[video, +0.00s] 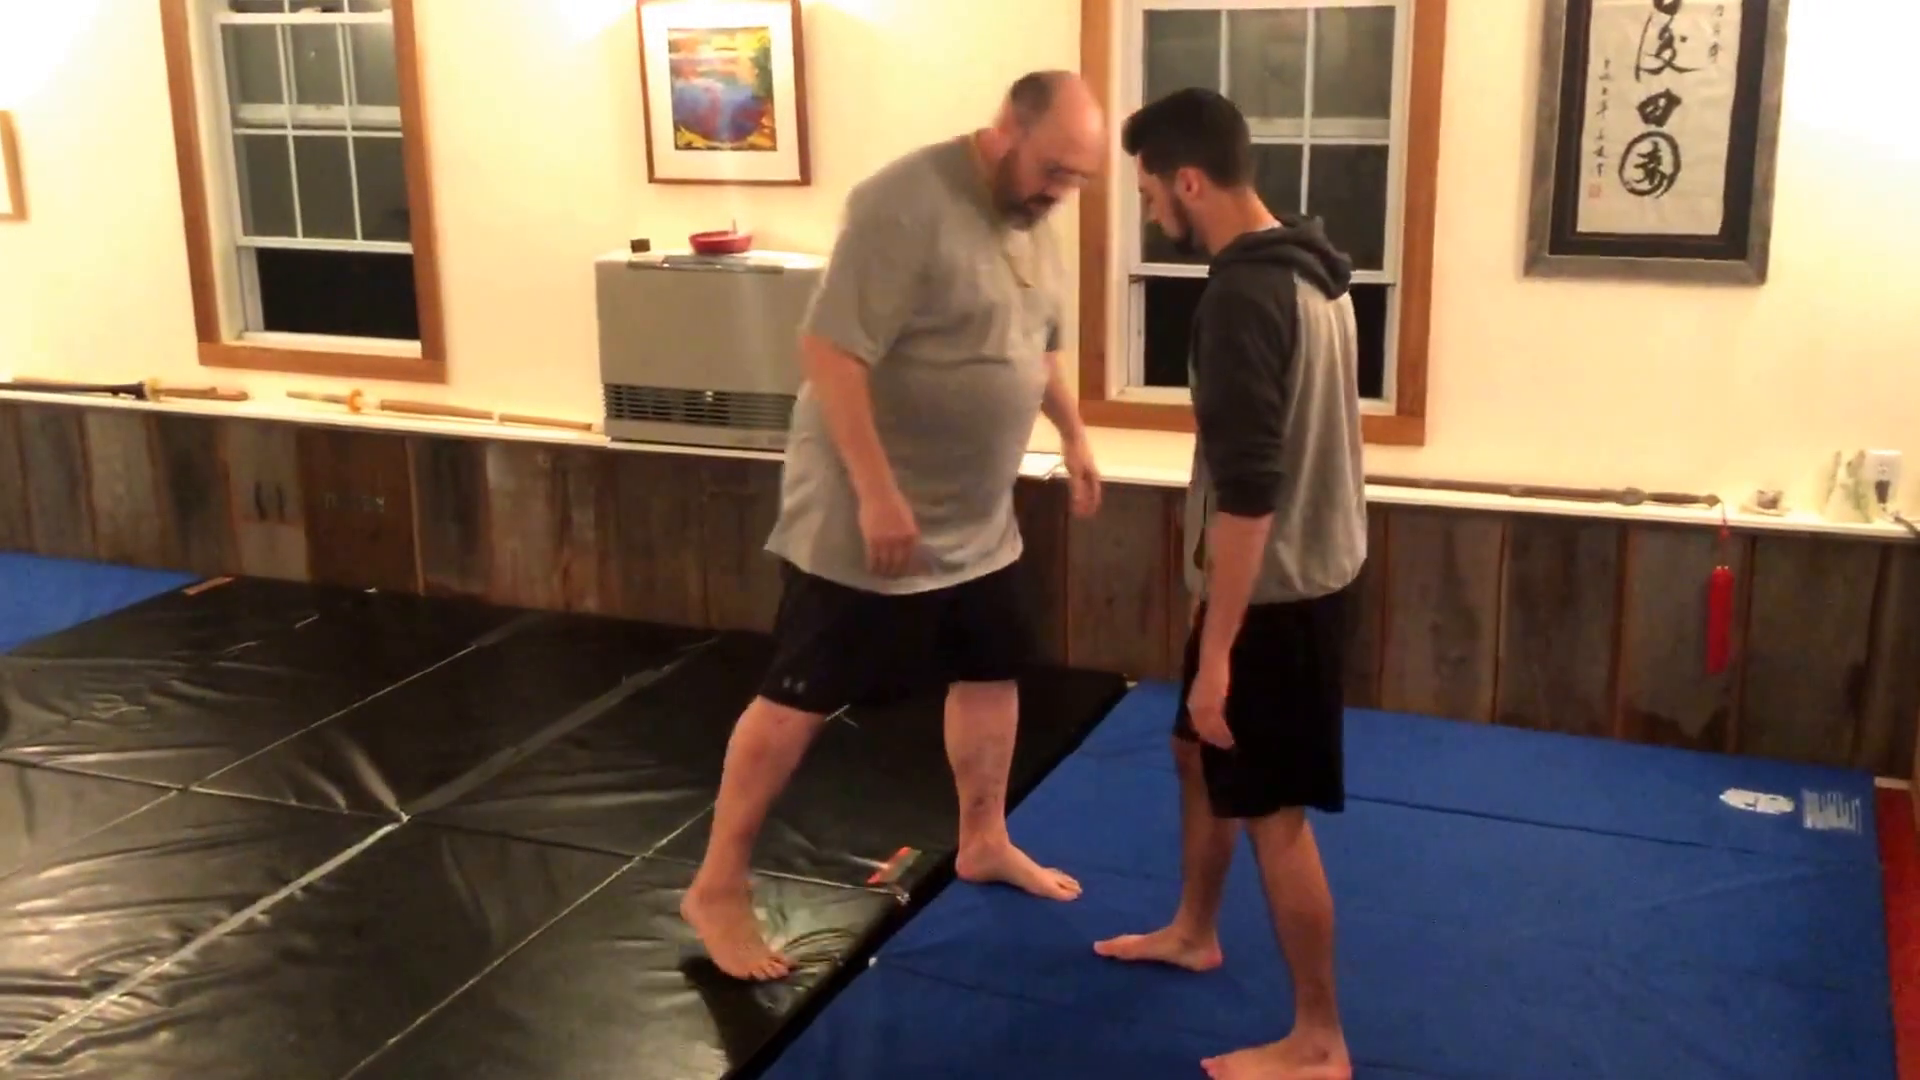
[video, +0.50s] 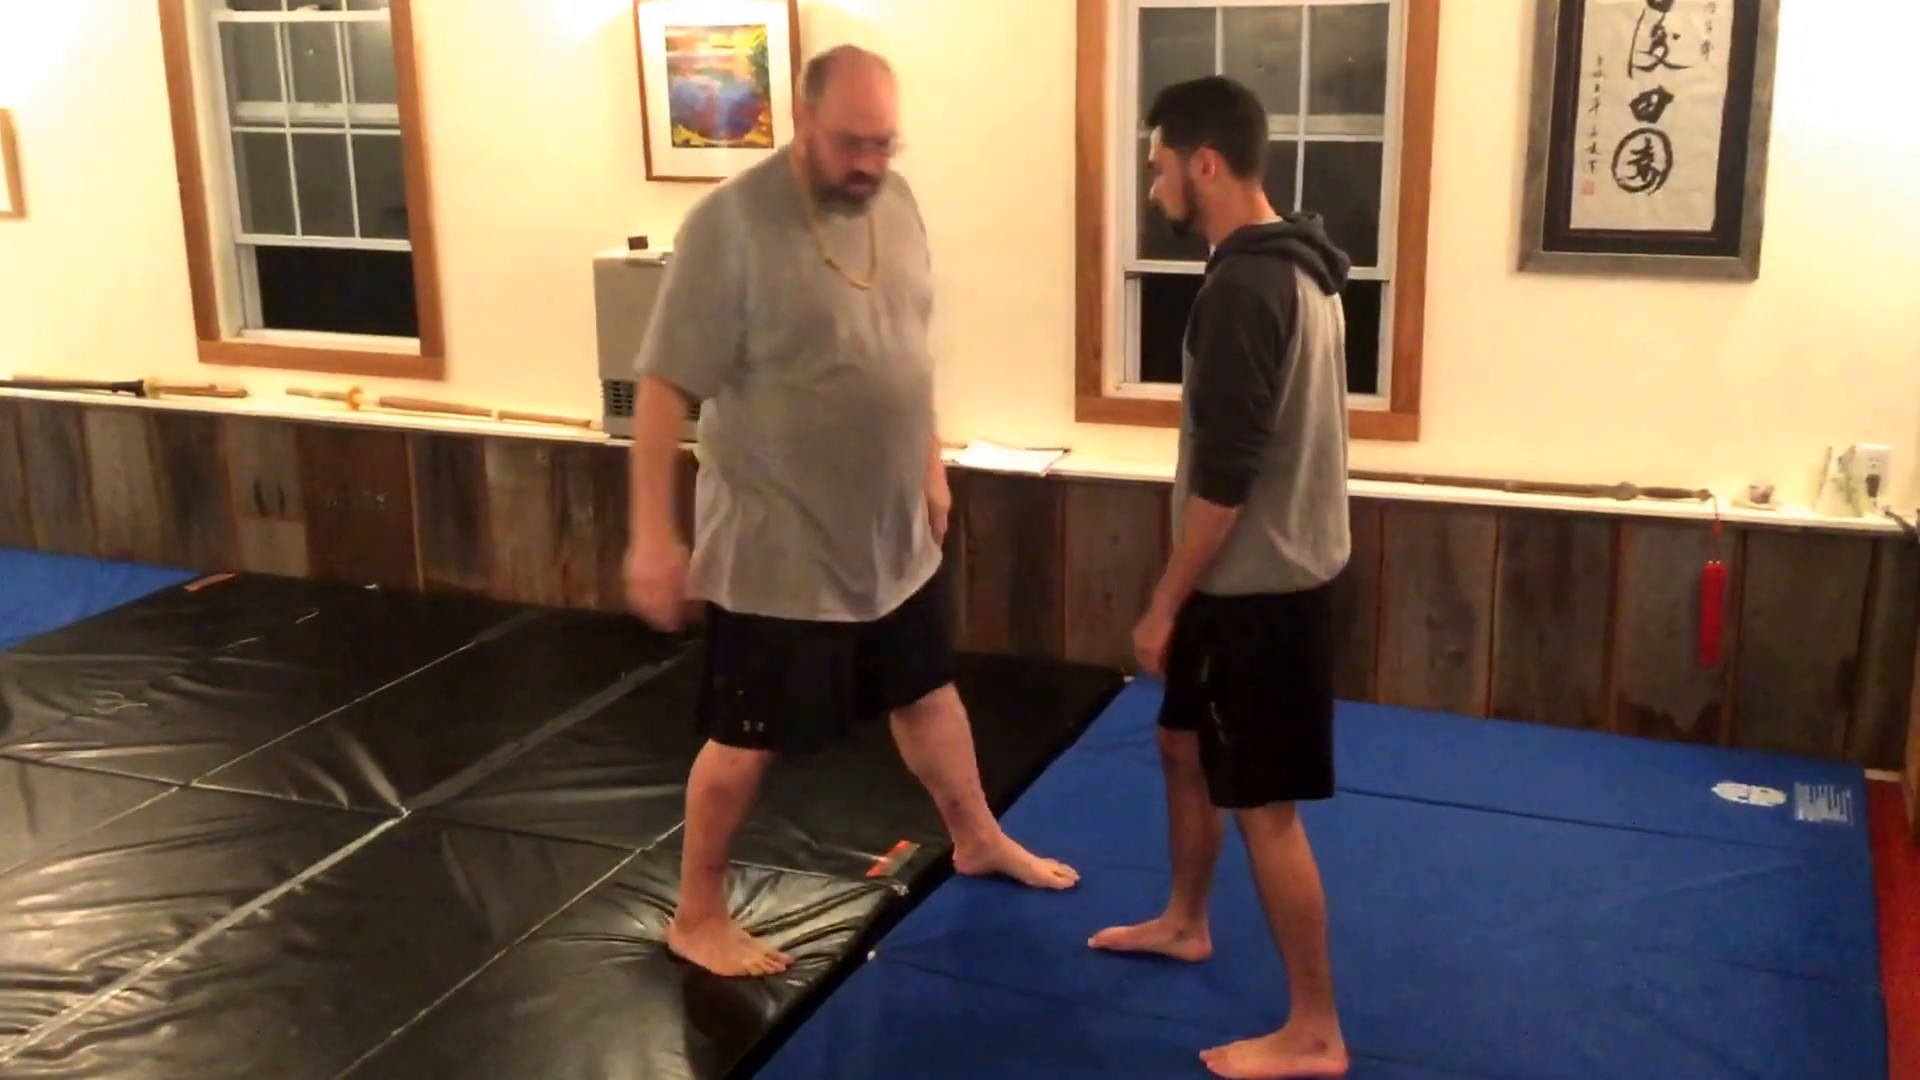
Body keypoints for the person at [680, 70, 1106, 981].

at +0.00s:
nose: (1064, 195)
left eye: (1079, 180)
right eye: (1055, 173)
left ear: (1082, 167)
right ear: (1004, 134)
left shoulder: (1034, 211)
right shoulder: (904, 199)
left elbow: (1028, 348)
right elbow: (830, 349)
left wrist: (1075, 438)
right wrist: (877, 492)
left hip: (973, 514)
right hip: (857, 513)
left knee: (993, 673)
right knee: (799, 695)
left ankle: (983, 842)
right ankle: (716, 887)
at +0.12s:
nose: (1001, 192)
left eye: (1012, 176)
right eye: (992, 170)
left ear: (1014, 158)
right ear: (938, 133)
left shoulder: (973, 218)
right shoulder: (842, 218)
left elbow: (993, 353)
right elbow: (781, 378)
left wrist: (1036, 447)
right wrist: (836, 514)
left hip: (944, 530)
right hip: (827, 537)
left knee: (981, 680)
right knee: (779, 718)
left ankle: (983, 841)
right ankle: (705, 907)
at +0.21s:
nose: (965, 190)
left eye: (978, 172)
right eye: (954, 168)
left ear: (984, 158)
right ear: (897, 138)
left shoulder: (946, 219)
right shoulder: (808, 224)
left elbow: (963, 351)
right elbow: (750, 380)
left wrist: (1006, 456)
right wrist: (802, 521)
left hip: (930, 533)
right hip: (818, 543)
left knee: (969, 685)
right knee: (766, 729)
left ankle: (981, 840)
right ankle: (703, 910)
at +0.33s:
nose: (918, 175)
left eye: (930, 156)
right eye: (902, 154)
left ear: (940, 145)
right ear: (847, 130)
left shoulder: (919, 210)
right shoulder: (764, 226)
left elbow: (928, 350)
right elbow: (707, 382)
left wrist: (948, 464)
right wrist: (735, 531)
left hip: (905, 525)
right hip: (794, 539)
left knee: (947, 690)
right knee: (752, 732)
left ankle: (980, 839)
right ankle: (700, 913)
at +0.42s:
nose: (890, 169)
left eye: (904, 149)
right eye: (873, 147)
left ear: (914, 136)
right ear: (819, 124)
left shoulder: (908, 210)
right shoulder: (744, 221)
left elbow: (912, 361)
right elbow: (680, 383)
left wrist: (927, 476)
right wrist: (690, 533)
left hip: (896, 521)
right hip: (784, 539)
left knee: (932, 692)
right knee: (747, 735)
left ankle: (979, 840)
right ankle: (699, 914)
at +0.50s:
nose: (871, 164)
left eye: (885, 143)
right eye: (851, 143)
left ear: (898, 130)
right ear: (799, 122)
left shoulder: (899, 206)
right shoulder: (730, 222)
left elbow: (910, 352)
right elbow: (663, 383)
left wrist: (930, 463)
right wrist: (653, 533)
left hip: (890, 516)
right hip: (772, 532)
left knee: (928, 690)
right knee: (743, 737)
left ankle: (979, 838)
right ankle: (698, 916)